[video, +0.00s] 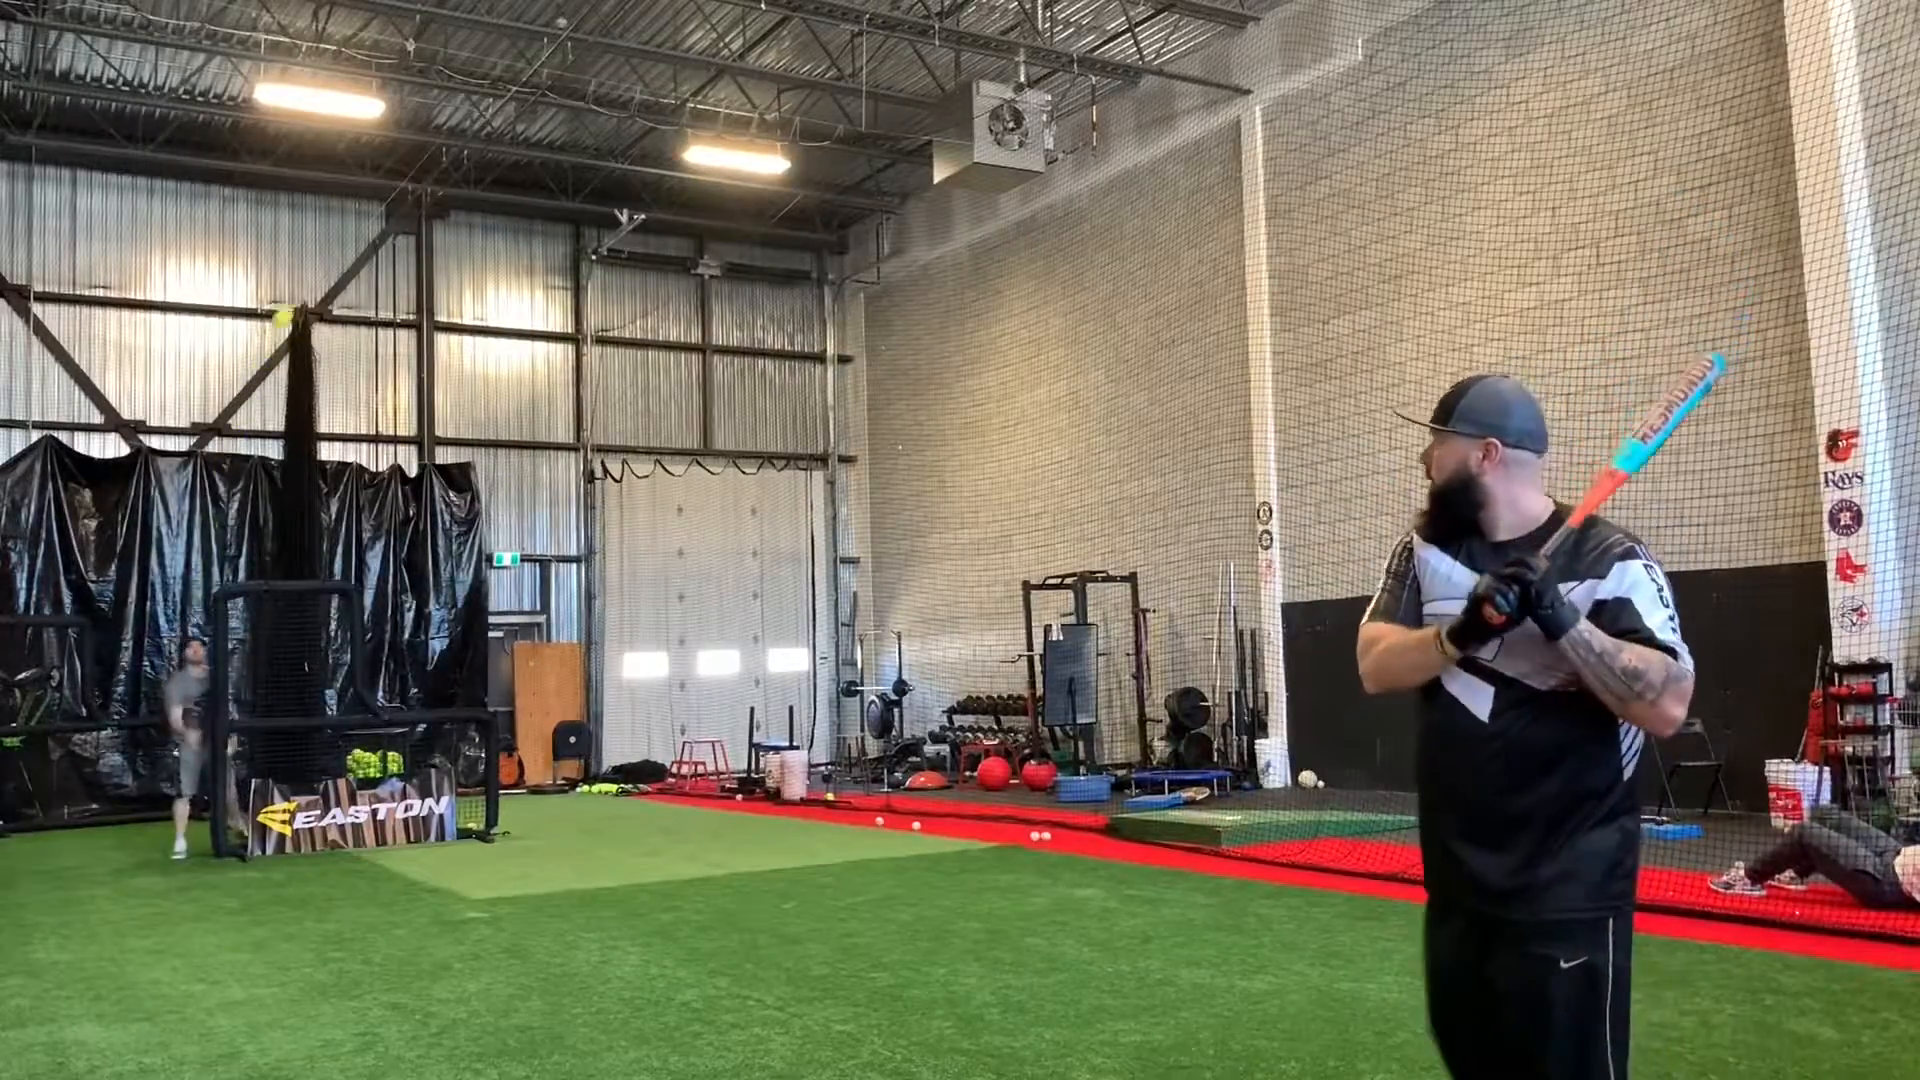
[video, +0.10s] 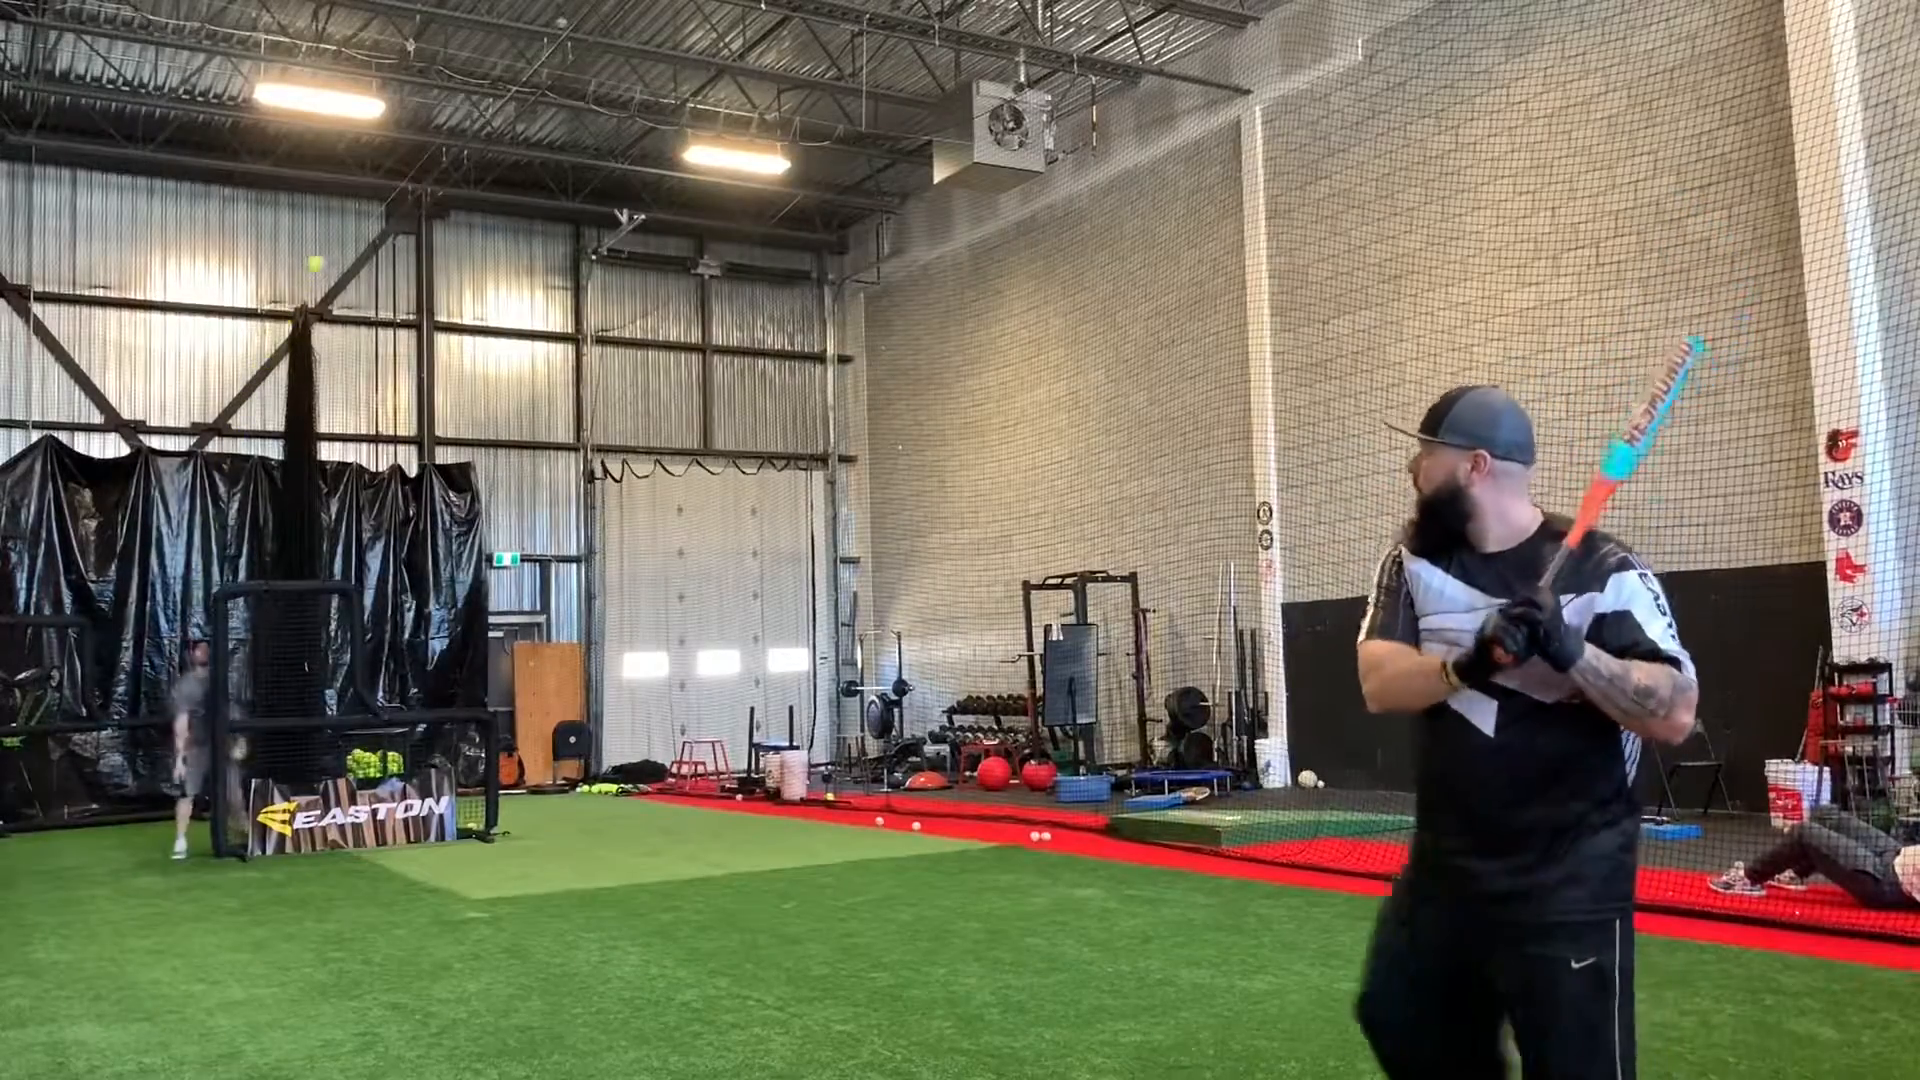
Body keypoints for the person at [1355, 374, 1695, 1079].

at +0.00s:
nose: (1425, 459)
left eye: (1437, 442)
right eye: (1429, 443)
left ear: (1486, 453)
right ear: (1484, 455)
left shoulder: (1610, 559)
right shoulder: (1426, 552)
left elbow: (1667, 708)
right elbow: (1375, 666)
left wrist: (1566, 624)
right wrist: (1459, 634)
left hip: (1568, 889)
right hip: (1460, 880)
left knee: (1570, 1063)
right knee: (1470, 1057)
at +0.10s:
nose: (1413, 469)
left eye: (1426, 453)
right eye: (1418, 453)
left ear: (1477, 464)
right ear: (1475, 465)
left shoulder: (1607, 571)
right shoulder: (1415, 564)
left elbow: (1674, 715)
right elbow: (1378, 683)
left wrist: (1572, 653)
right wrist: (1472, 663)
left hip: (1567, 885)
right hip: (1446, 873)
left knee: (1578, 1063)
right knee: (1400, 1019)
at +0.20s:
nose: (1397, 483)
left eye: (1409, 467)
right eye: (1401, 468)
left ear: (1460, 480)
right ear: (1456, 482)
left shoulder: (1594, 583)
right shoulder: (1398, 580)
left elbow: (1669, 725)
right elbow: (1381, 700)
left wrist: (1580, 691)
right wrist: (1473, 704)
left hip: (1551, 869)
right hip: (1425, 856)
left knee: (1576, 1061)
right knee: (1340, 975)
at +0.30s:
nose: (1374, 499)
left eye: (1386, 486)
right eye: (1378, 485)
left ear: (1436, 503)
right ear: (1433, 504)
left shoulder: (1568, 598)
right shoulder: (1374, 595)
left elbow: (1646, 738)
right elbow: (1373, 718)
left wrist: (1577, 723)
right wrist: (1476, 740)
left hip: (1531, 863)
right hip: (1402, 845)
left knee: (1550, 1060)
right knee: (1295, 937)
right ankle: (1321, 1073)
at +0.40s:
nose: (1346, 514)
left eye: (1358, 502)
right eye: (1350, 502)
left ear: (1407, 521)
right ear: (1403, 523)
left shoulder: (1535, 611)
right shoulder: (1349, 606)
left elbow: (1622, 738)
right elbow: (1349, 723)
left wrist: (1558, 726)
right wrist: (1453, 746)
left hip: (1506, 867)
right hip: (1380, 849)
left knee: (1531, 1059)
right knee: (1260, 936)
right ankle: (1267, 1072)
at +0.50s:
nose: (1312, 533)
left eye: (1324, 519)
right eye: (1316, 520)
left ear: (1370, 536)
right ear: (1365, 537)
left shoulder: (1491, 613)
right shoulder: (1314, 613)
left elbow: (1592, 737)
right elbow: (1322, 703)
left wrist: (1534, 692)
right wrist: (1443, 700)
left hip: (1472, 871)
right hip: (1350, 859)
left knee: (1505, 1050)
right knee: (1237, 966)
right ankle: (1219, 1074)